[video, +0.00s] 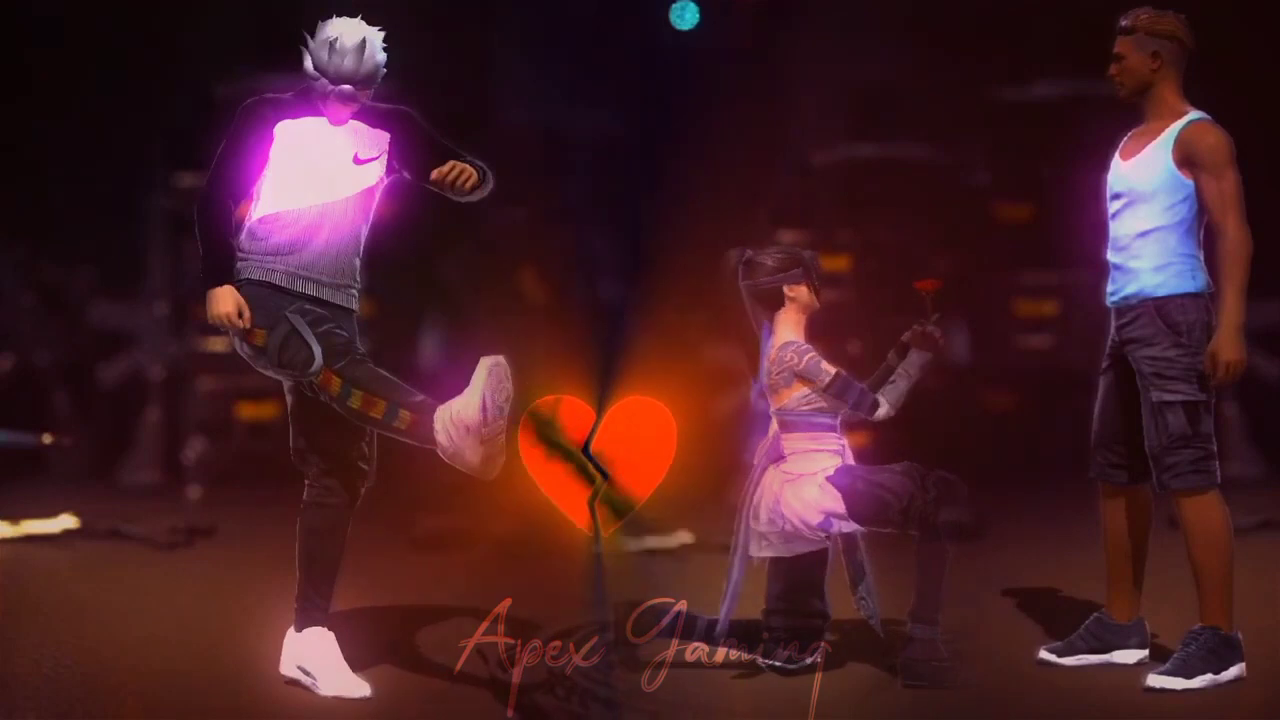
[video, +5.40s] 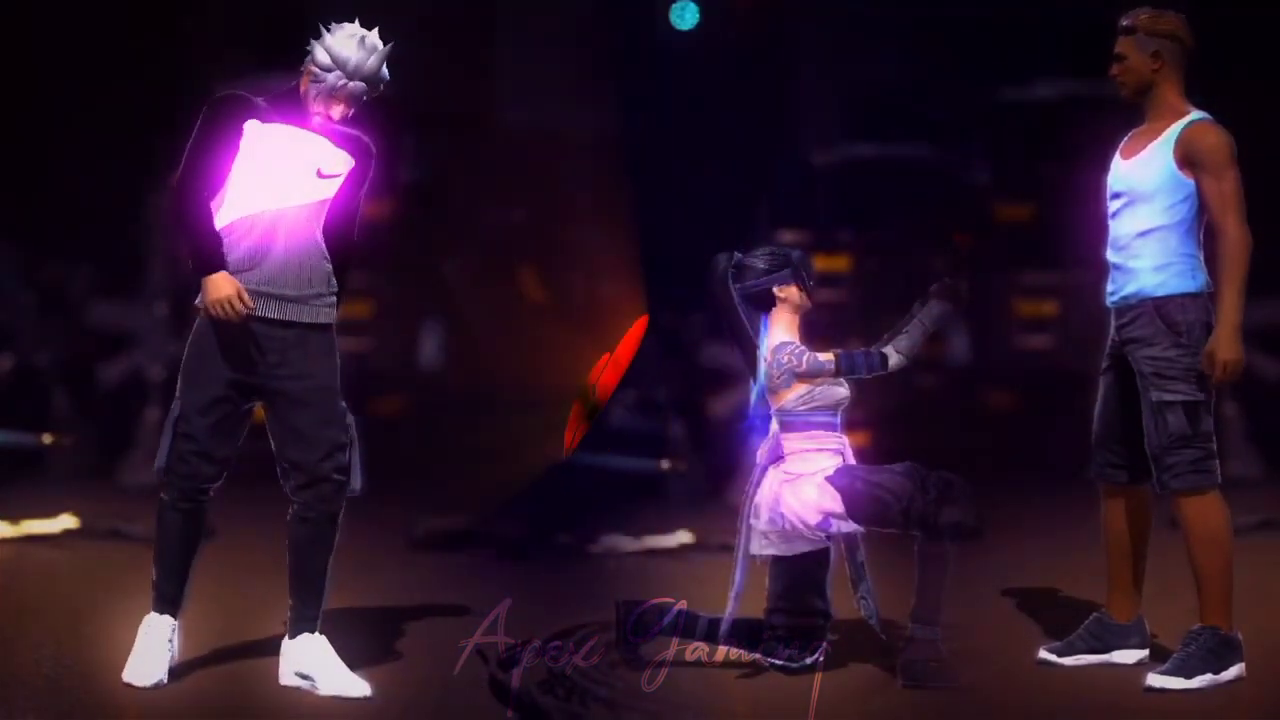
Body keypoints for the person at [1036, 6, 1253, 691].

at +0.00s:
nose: (1112, 66)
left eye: (1122, 57)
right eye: (1113, 57)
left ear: (1160, 61)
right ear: (1142, 64)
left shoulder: (1199, 134)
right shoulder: (1131, 141)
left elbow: (1233, 233)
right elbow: (1134, 241)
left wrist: (1229, 328)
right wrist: (1118, 319)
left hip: (1172, 319)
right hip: (1125, 322)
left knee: (1190, 476)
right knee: (1117, 470)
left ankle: (1217, 636)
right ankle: (1121, 623)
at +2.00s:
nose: (1112, 68)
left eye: (1122, 58)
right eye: (1112, 59)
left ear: (1159, 62)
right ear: (1141, 65)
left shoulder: (1200, 135)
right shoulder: (1132, 140)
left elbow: (1234, 232)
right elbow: (1136, 240)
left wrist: (1229, 327)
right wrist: (1118, 319)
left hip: (1172, 320)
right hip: (1125, 323)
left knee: (1190, 477)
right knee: (1117, 471)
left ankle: (1216, 637)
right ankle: (1121, 623)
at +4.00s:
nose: (1112, 68)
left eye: (1122, 58)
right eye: (1112, 58)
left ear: (1159, 62)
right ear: (1141, 65)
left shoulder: (1199, 135)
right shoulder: (1133, 140)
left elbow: (1234, 234)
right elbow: (1136, 240)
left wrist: (1229, 328)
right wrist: (1118, 319)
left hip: (1172, 320)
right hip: (1125, 322)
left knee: (1189, 476)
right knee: (1116, 470)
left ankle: (1216, 636)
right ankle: (1121, 623)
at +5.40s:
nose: (1113, 67)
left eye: (1123, 58)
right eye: (1114, 58)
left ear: (1159, 62)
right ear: (1144, 65)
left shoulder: (1201, 135)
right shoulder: (1134, 140)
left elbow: (1233, 232)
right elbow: (1136, 239)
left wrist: (1227, 327)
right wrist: (1118, 321)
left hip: (1172, 320)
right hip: (1125, 322)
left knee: (1190, 478)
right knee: (1119, 473)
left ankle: (1217, 636)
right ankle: (1121, 623)